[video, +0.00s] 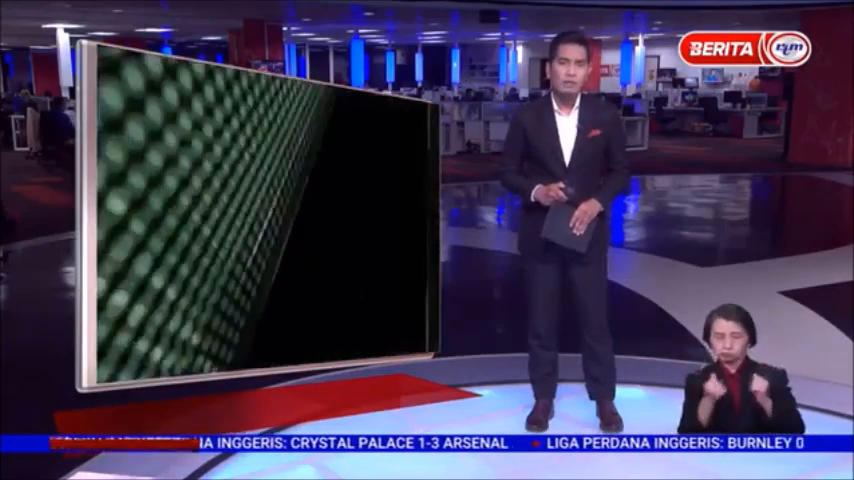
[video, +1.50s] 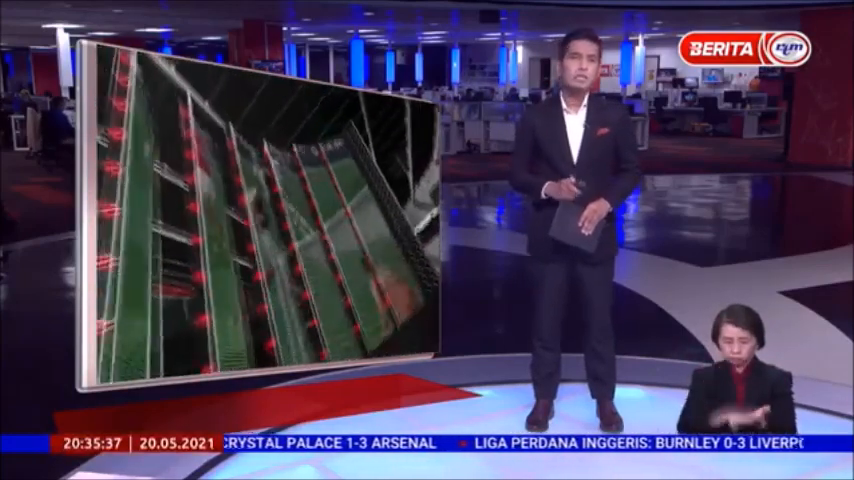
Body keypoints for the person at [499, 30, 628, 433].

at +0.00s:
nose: (571, 71)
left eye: (579, 63)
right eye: (563, 63)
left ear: (588, 71)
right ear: (549, 69)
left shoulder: (604, 113)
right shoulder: (526, 115)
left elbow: (620, 172)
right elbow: (508, 172)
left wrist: (597, 201)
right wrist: (537, 190)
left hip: (588, 230)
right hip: (541, 229)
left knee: (594, 320)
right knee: (541, 321)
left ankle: (604, 400)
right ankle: (542, 400)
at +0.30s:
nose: (564, 68)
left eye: (572, 61)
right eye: (557, 61)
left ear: (586, 68)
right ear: (547, 68)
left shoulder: (606, 112)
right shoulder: (528, 115)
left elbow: (623, 170)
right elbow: (512, 171)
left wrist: (599, 201)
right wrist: (536, 189)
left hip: (589, 229)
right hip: (542, 229)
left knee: (594, 320)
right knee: (542, 320)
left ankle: (605, 400)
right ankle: (543, 400)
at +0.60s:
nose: (566, 67)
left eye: (574, 60)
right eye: (558, 60)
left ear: (589, 67)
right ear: (549, 68)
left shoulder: (611, 113)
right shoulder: (532, 116)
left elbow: (629, 171)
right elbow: (517, 172)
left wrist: (602, 200)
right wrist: (538, 188)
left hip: (593, 231)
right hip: (545, 231)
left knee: (597, 320)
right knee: (545, 321)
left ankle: (605, 400)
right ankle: (543, 398)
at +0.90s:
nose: (574, 69)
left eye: (583, 62)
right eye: (567, 61)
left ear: (596, 69)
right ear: (556, 67)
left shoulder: (615, 113)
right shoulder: (536, 115)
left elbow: (632, 170)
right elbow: (518, 173)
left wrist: (609, 200)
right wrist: (543, 181)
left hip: (597, 231)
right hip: (548, 232)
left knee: (598, 320)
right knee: (547, 320)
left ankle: (605, 400)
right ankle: (543, 398)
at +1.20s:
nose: (576, 71)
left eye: (585, 64)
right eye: (569, 63)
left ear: (597, 71)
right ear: (558, 69)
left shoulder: (615, 114)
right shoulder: (536, 116)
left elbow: (632, 170)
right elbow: (518, 173)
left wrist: (611, 200)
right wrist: (544, 184)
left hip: (597, 231)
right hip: (549, 231)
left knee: (598, 320)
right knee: (547, 320)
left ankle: (605, 400)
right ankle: (543, 398)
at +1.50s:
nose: (582, 66)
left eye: (591, 59)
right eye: (575, 58)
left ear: (600, 69)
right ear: (560, 65)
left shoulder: (614, 112)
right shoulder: (535, 115)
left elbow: (631, 170)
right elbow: (517, 173)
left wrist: (607, 201)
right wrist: (549, 188)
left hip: (596, 231)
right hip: (549, 230)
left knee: (598, 320)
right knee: (547, 319)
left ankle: (605, 400)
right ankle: (543, 398)